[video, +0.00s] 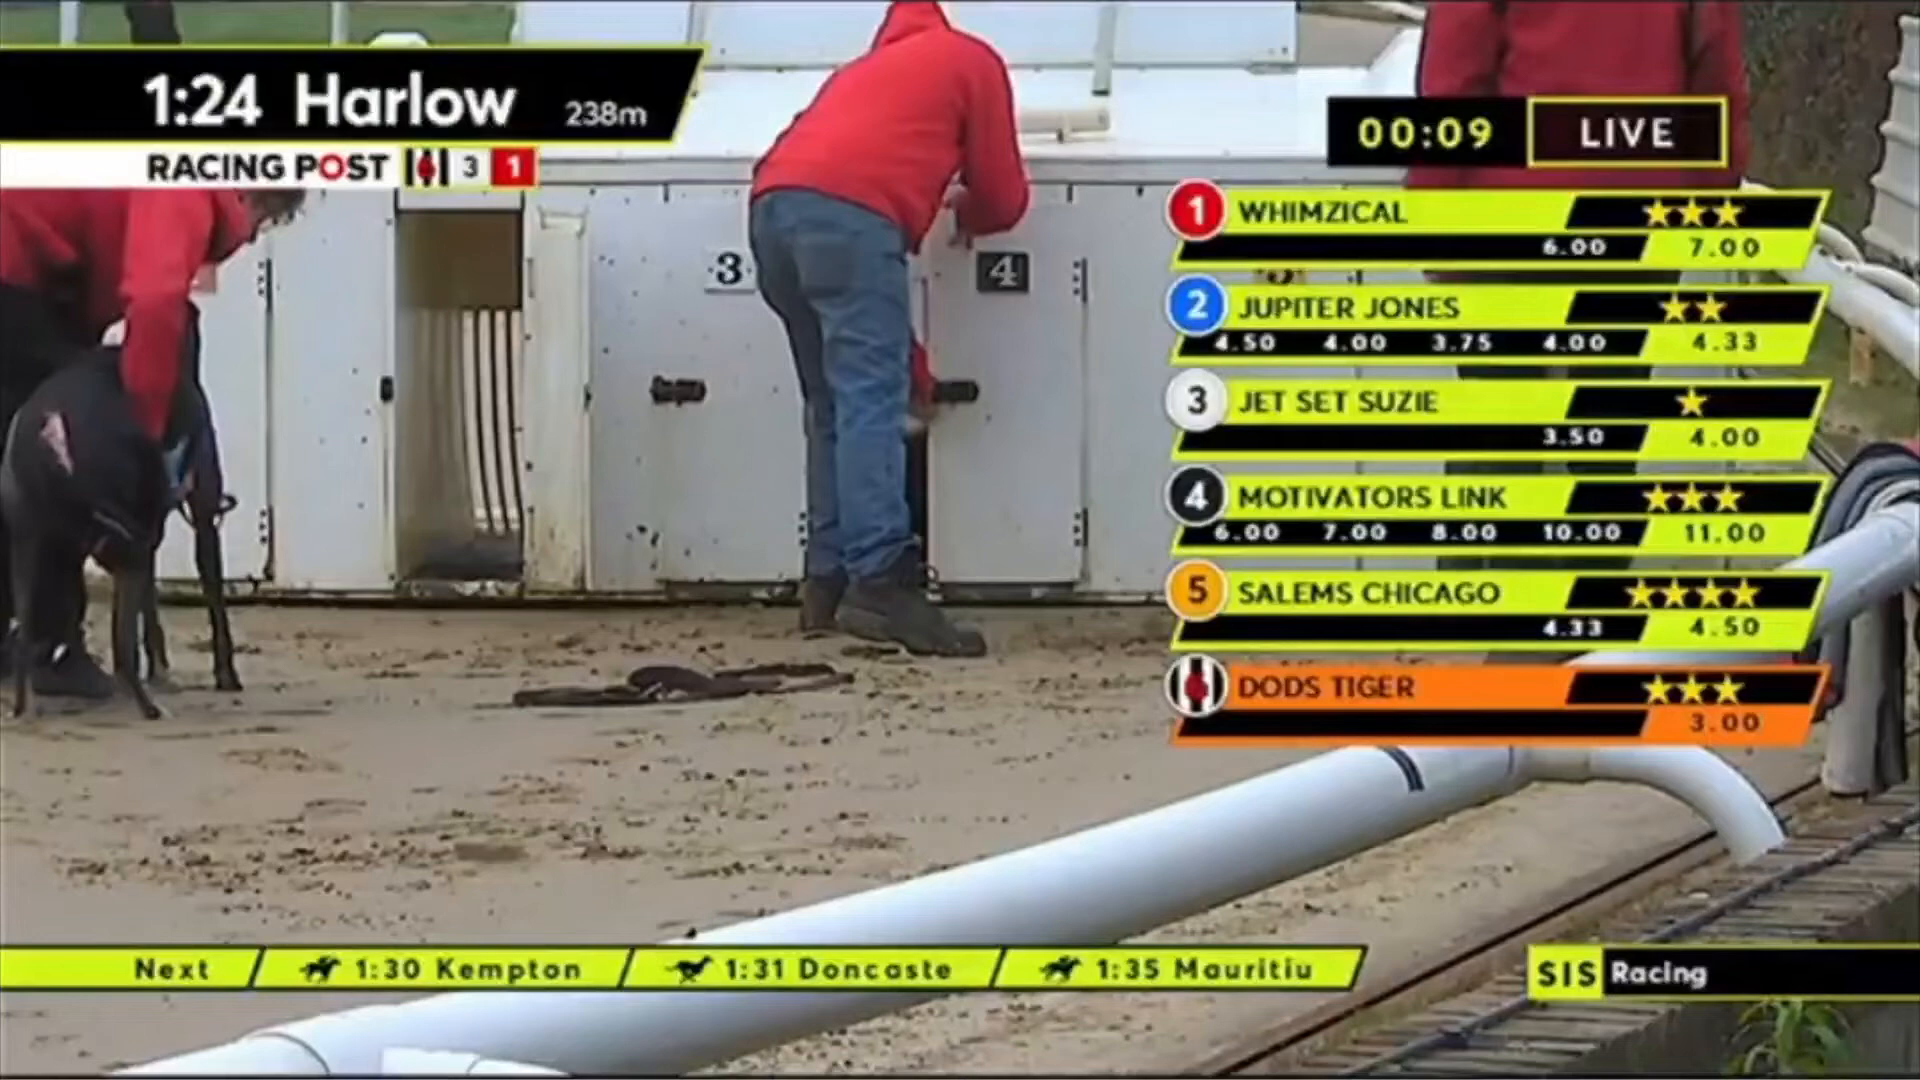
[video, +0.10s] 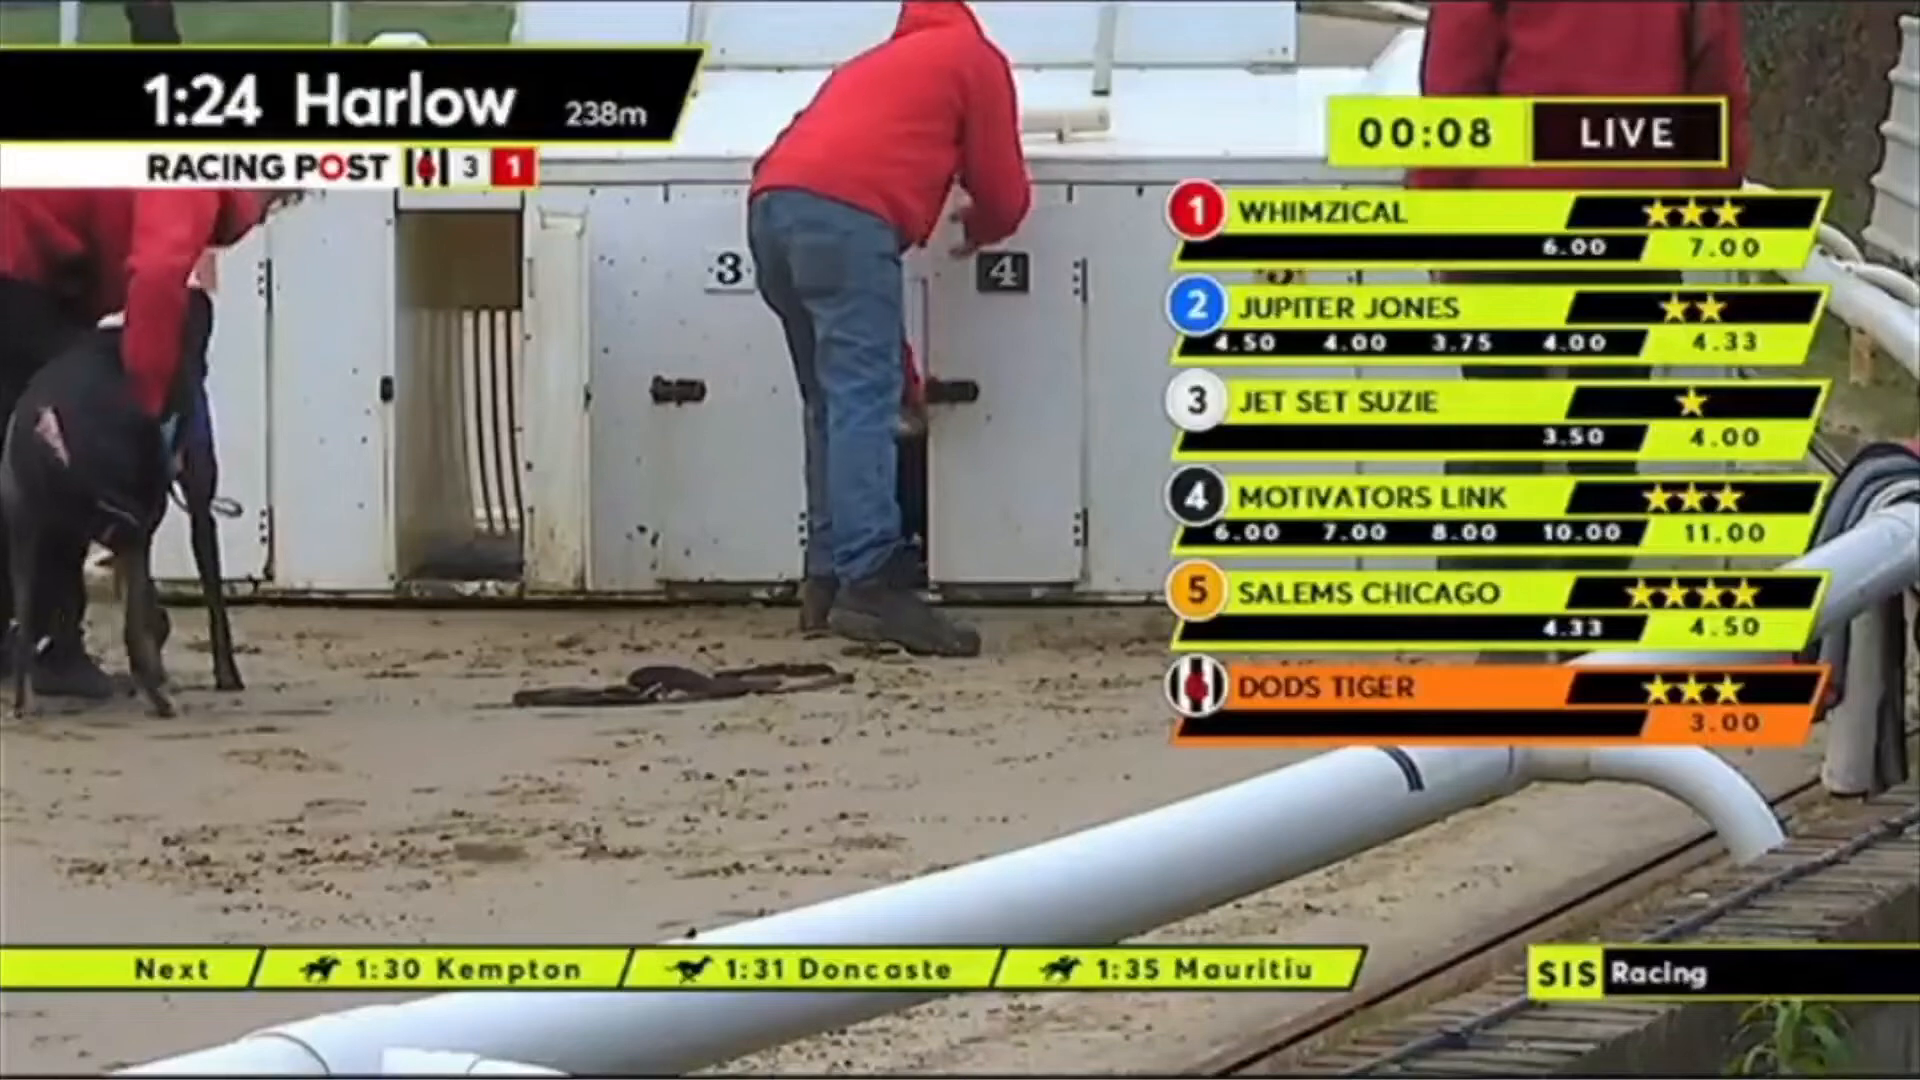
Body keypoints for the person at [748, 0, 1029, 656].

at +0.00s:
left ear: (894, 28)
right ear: (951, 23)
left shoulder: (861, 67)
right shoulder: (973, 58)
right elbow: (1003, 205)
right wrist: (968, 210)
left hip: (774, 212)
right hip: (854, 215)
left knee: (825, 403)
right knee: (872, 401)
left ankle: (826, 584)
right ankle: (880, 584)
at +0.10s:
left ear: (912, 17)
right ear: (968, 18)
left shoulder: (872, 60)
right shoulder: (977, 57)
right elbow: (1005, 201)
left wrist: (899, 371)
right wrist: (974, 228)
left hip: (773, 210)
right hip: (850, 216)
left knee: (825, 399)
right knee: (866, 400)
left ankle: (827, 580)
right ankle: (870, 584)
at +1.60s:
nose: (848, 368)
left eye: (857, 348)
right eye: (833, 350)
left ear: (894, 322)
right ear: (818, 329)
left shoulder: (990, 260)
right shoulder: (826, 331)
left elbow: (1091, 323)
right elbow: (795, 465)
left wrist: (1105, 438)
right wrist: (756, 622)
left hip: (1021, 317)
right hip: (923, 333)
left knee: (998, 449)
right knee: (862, 463)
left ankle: (992, 622)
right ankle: (895, 579)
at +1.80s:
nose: (869, 350)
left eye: (880, 332)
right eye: (852, 337)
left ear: (908, 294)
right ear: (829, 308)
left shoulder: (992, 242)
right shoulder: (822, 302)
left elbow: (1096, 294)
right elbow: (797, 426)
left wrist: (1110, 412)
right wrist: (757, 567)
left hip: (1023, 307)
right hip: (923, 320)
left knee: (993, 443)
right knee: (879, 463)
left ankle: (990, 623)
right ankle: (912, 592)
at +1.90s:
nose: (875, 279)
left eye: (886, 262)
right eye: (858, 266)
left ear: (918, 238)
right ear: (837, 254)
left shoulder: (997, 208)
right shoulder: (821, 262)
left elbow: (1092, 271)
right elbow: (800, 366)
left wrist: (1076, 396)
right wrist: (766, 476)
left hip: (1019, 300)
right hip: (912, 313)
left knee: (994, 443)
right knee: (875, 449)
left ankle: (988, 623)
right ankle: (905, 571)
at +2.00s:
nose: (905, 196)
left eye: (917, 181)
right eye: (890, 188)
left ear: (939, 142)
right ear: (861, 159)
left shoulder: (1003, 151)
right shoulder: (829, 176)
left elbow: (1054, 273)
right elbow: (802, 267)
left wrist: (976, 360)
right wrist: (799, 320)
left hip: (1011, 288)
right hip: (907, 290)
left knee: (1001, 448)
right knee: (881, 443)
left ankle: (985, 619)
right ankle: (907, 564)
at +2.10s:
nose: (916, 100)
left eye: (929, 80)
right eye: (896, 84)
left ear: (953, 74)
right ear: (871, 85)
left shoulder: (1003, 115)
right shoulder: (837, 129)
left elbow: (1027, 254)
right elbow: (787, 249)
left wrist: (914, 321)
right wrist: (819, 262)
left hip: (1012, 259)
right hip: (906, 269)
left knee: (1001, 429)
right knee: (896, 428)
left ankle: (982, 618)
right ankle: (907, 615)